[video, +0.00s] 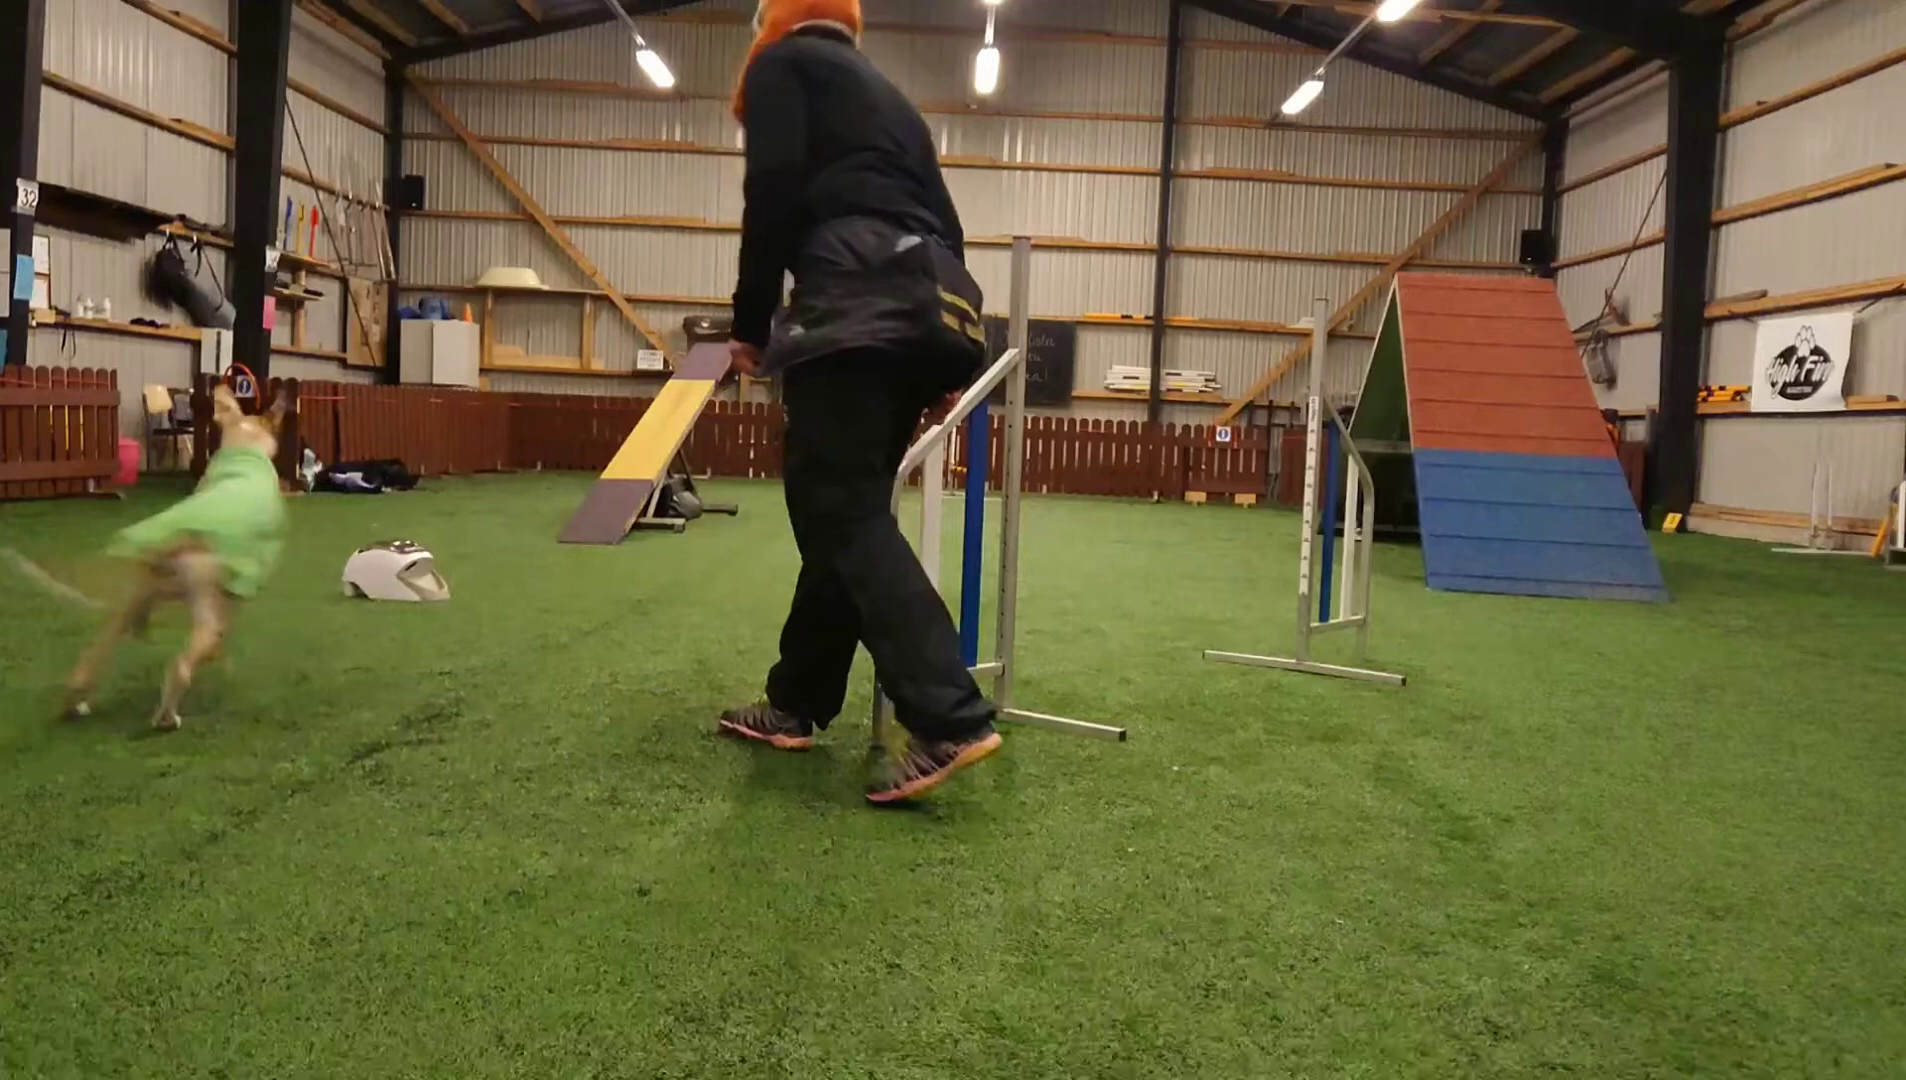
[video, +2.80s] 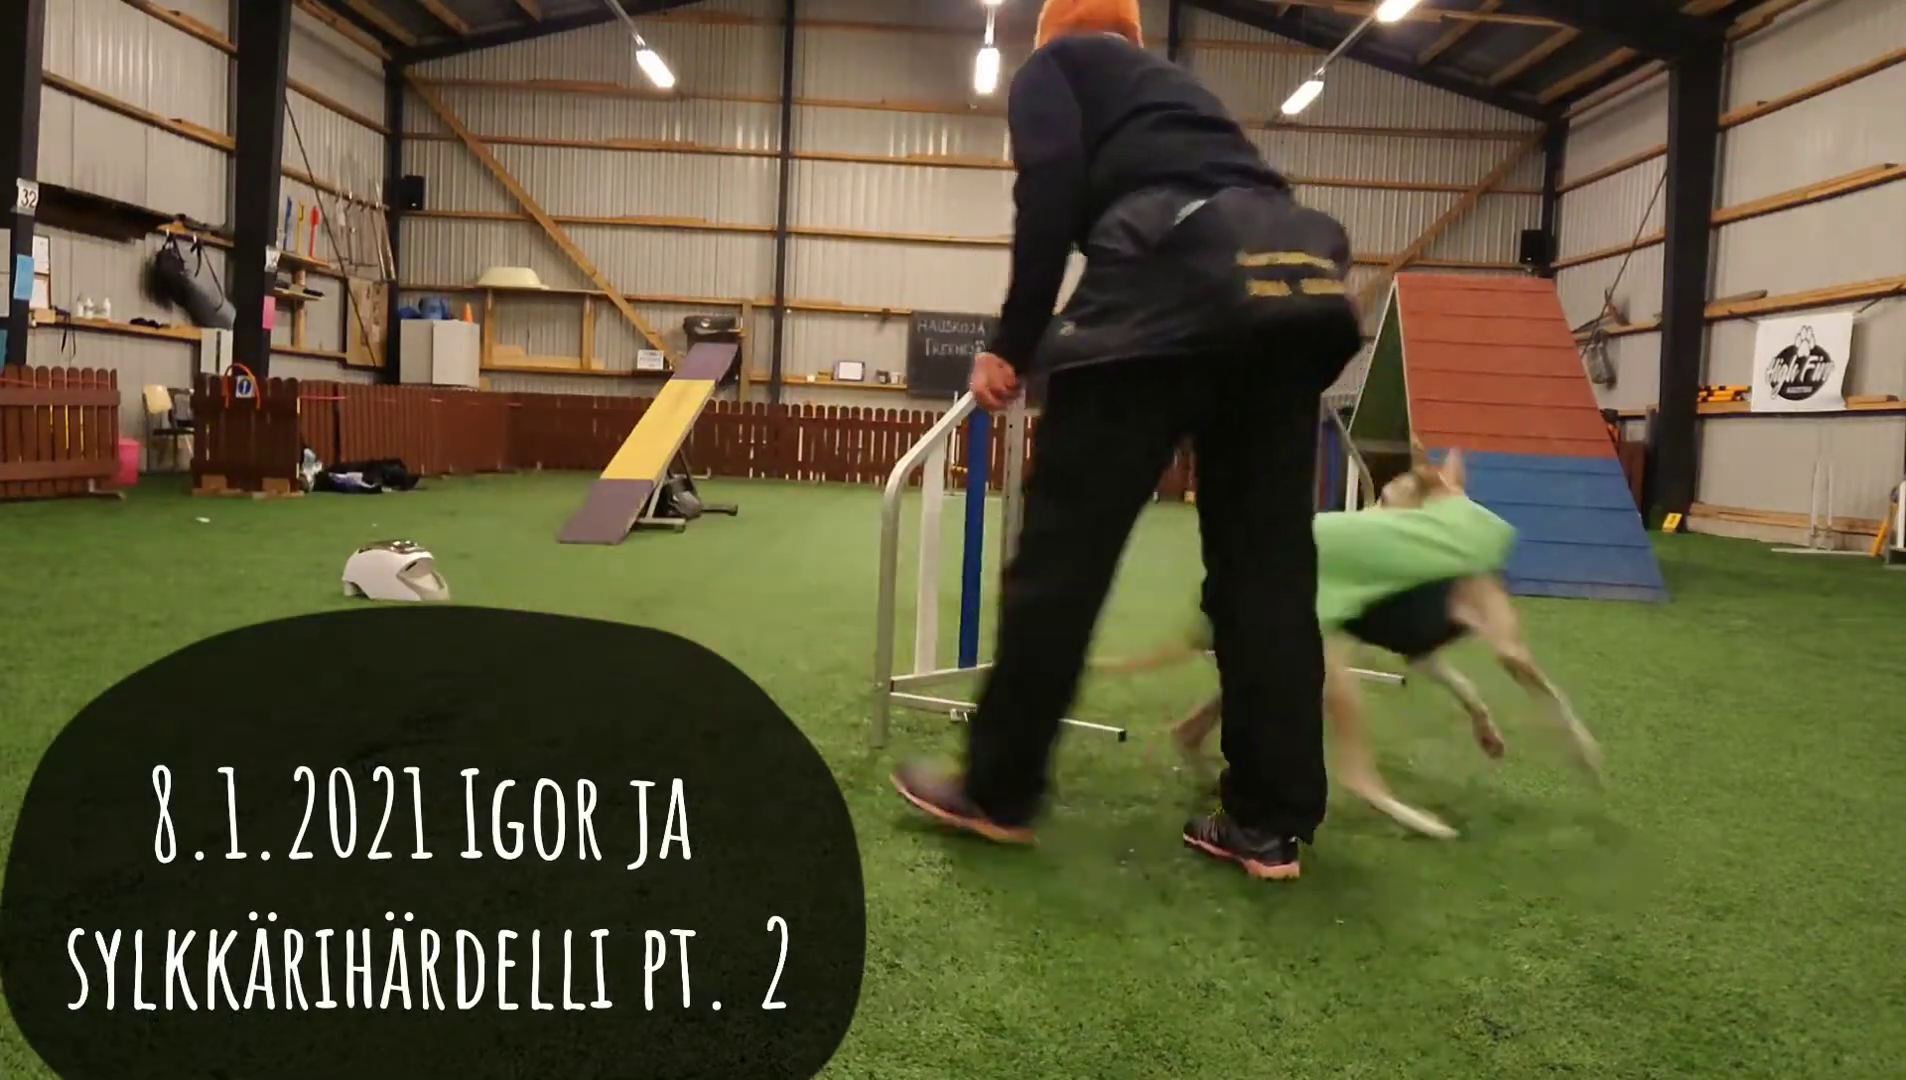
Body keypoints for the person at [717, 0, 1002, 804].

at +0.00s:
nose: (744, 103)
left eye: (755, 50)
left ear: (776, 26)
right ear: (844, 31)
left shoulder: (779, 65)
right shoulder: (894, 102)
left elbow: (774, 190)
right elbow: (943, 228)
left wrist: (748, 327)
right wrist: (951, 360)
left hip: (850, 309)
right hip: (935, 318)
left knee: (842, 514)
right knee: (843, 514)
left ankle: (952, 722)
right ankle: (796, 708)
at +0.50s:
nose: (847, 7)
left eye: (850, 2)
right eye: (849, 5)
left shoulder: (909, 19)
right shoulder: (1013, 35)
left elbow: (900, 175)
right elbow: (1036, 195)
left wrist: (845, 319)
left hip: (947, 318)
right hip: (1013, 321)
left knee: (927, 542)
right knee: (898, 528)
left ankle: (991, 777)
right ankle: (883, 725)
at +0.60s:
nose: (871, 1)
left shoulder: (929, 12)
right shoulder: (1029, 26)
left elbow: (919, 166)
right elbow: (1054, 186)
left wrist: (862, 313)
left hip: (976, 317)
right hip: (1037, 316)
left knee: (927, 528)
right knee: (940, 525)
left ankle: (988, 775)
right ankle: (984, 756)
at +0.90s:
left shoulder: (994, 13)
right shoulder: (1073, 22)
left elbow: (1008, 148)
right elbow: (1084, 162)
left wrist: (991, 302)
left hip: (1022, 329)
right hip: (1097, 324)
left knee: (970, 551)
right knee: (1077, 548)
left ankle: (987, 774)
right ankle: (1103, 776)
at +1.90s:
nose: (902, 32)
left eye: (903, 19)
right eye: (897, 26)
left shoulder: (972, 7)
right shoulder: (1073, 24)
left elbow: (1018, 132)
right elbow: (1070, 207)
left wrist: (991, 320)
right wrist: (958, 334)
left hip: (1141, 293)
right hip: (1238, 288)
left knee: (1059, 563)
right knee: (1164, 552)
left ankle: (1096, 846)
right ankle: (1154, 802)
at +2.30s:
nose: (993, 143)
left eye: (990, 109)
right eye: (989, 127)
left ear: (1015, 36)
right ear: (1089, 27)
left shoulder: (1028, 51)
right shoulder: (1166, 81)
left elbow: (1056, 163)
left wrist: (1037, 349)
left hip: (1198, 297)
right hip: (1334, 296)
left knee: (1135, 588)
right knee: (1293, 581)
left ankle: (1104, 847)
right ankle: (1271, 828)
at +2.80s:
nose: (1031, 43)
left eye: (1033, 34)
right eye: (1036, 35)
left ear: (1057, 31)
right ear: (1128, 34)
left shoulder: (1051, 66)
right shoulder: (1179, 85)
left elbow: (1051, 191)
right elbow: (1221, 240)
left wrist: (1009, 346)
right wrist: (1189, 420)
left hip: (1158, 304)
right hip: (1281, 311)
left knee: (1062, 557)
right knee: (1264, 574)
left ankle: (997, 792)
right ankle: (1270, 826)